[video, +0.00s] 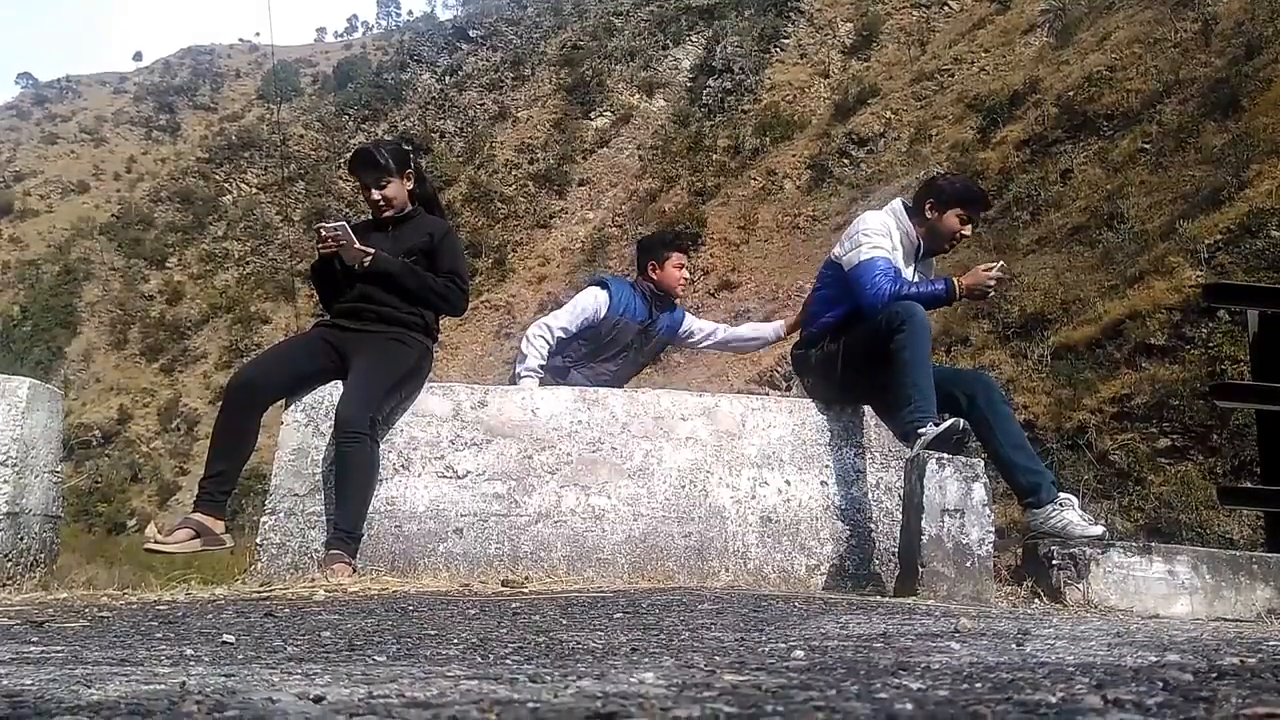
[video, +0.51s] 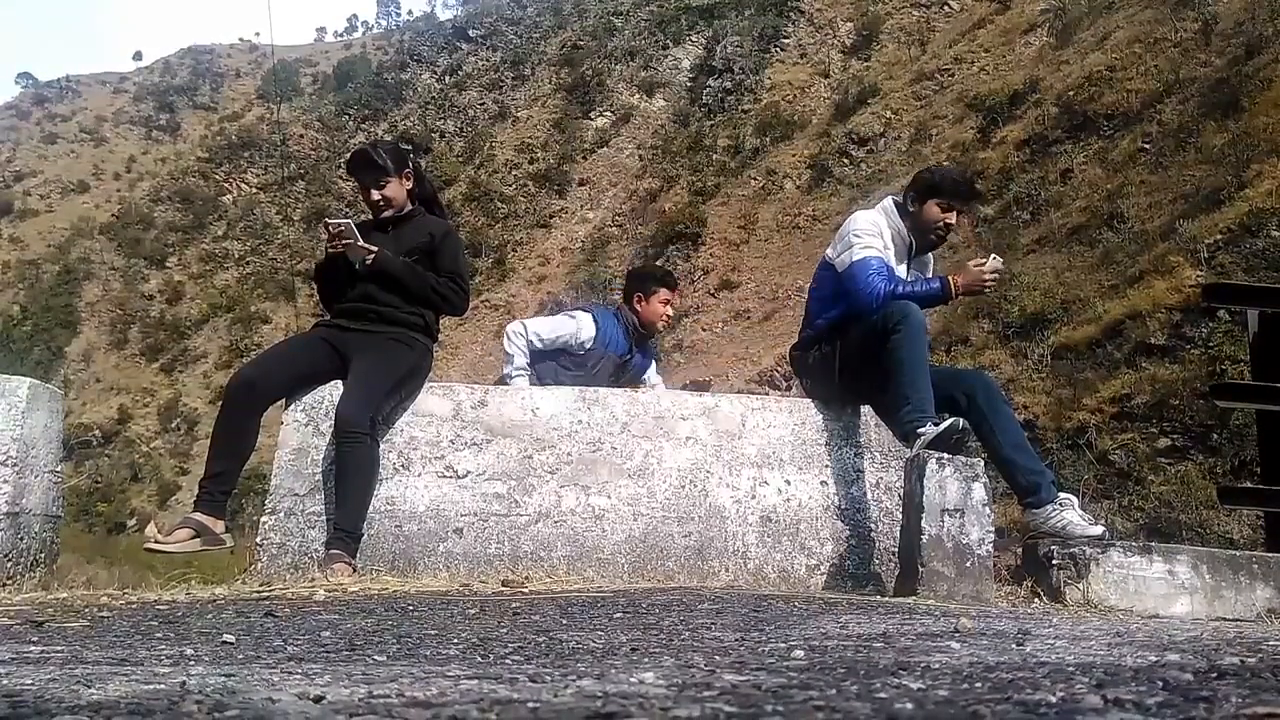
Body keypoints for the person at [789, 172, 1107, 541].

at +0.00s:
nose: (966, 232)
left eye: (970, 223)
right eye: (962, 219)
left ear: (933, 215)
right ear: (930, 210)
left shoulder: (921, 250)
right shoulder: (873, 228)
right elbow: (878, 294)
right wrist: (956, 286)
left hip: (876, 370)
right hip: (827, 364)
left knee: (977, 387)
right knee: (907, 316)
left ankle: (1044, 503)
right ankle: (919, 427)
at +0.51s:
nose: (951, 222)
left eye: (959, 214)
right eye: (944, 208)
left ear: (960, 220)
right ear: (914, 200)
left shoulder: (921, 255)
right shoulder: (865, 227)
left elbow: (909, 313)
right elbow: (873, 291)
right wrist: (951, 284)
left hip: (878, 372)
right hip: (827, 366)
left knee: (976, 387)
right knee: (903, 315)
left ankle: (1043, 504)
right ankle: (917, 427)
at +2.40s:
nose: (898, 201)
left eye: (910, 196)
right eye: (890, 190)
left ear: (920, 205)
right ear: (873, 189)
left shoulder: (911, 238)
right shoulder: (841, 224)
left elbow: (924, 313)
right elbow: (871, 291)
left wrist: (910, 316)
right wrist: (961, 284)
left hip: (883, 367)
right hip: (826, 364)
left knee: (978, 385)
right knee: (901, 314)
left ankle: (1044, 503)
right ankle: (918, 428)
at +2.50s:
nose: (916, 205)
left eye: (923, 197)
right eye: (906, 193)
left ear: (926, 203)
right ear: (878, 189)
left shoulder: (910, 236)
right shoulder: (842, 223)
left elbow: (924, 311)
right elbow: (870, 291)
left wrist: (910, 319)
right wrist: (957, 285)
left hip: (882, 367)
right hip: (825, 364)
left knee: (977, 385)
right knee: (900, 315)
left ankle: (1044, 503)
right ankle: (917, 429)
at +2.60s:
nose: (926, 205)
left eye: (931, 197)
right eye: (918, 194)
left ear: (930, 202)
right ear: (885, 192)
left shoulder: (909, 237)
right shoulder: (842, 223)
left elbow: (924, 312)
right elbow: (868, 292)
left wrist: (908, 315)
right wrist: (953, 284)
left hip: (881, 367)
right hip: (825, 364)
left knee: (978, 385)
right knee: (899, 314)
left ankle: (1043, 502)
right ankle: (917, 427)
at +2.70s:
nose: (933, 205)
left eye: (937, 197)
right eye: (926, 194)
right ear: (892, 192)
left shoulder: (909, 237)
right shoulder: (844, 223)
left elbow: (921, 311)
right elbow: (866, 291)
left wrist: (911, 318)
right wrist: (948, 282)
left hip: (881, 367)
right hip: (825, 364)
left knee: (978, 386)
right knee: (897, 314)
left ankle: (1043, 502)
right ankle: (917, 426)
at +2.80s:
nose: (936, 206)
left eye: (940, 197)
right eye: (929, 194)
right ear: (895, 192)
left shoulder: (909, 238)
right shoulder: (847, 221)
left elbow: (918, 312)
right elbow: (863, 291)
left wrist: (907, 320)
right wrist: (945, 280)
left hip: (880, 368)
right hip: (825, 365)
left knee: (977, 385)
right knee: (895, 312)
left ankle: (1043, 502)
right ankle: (917, 426)